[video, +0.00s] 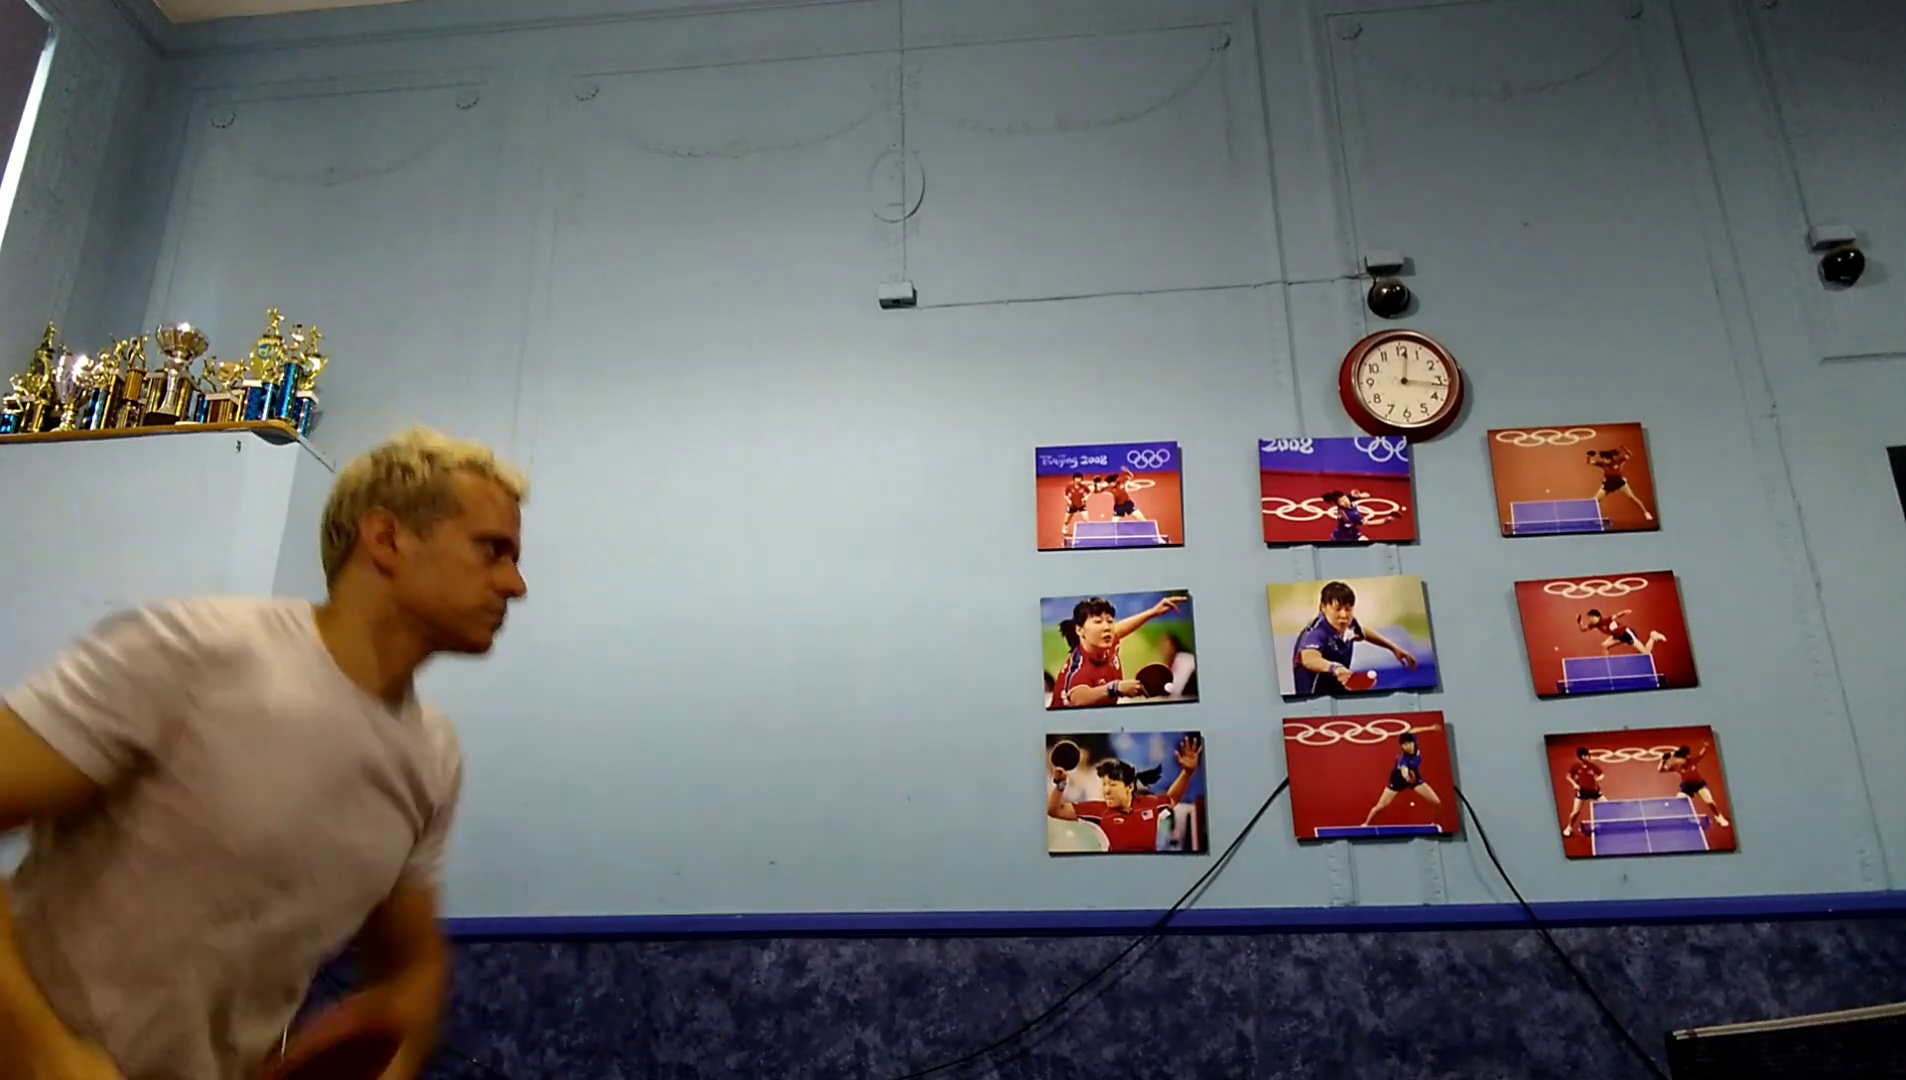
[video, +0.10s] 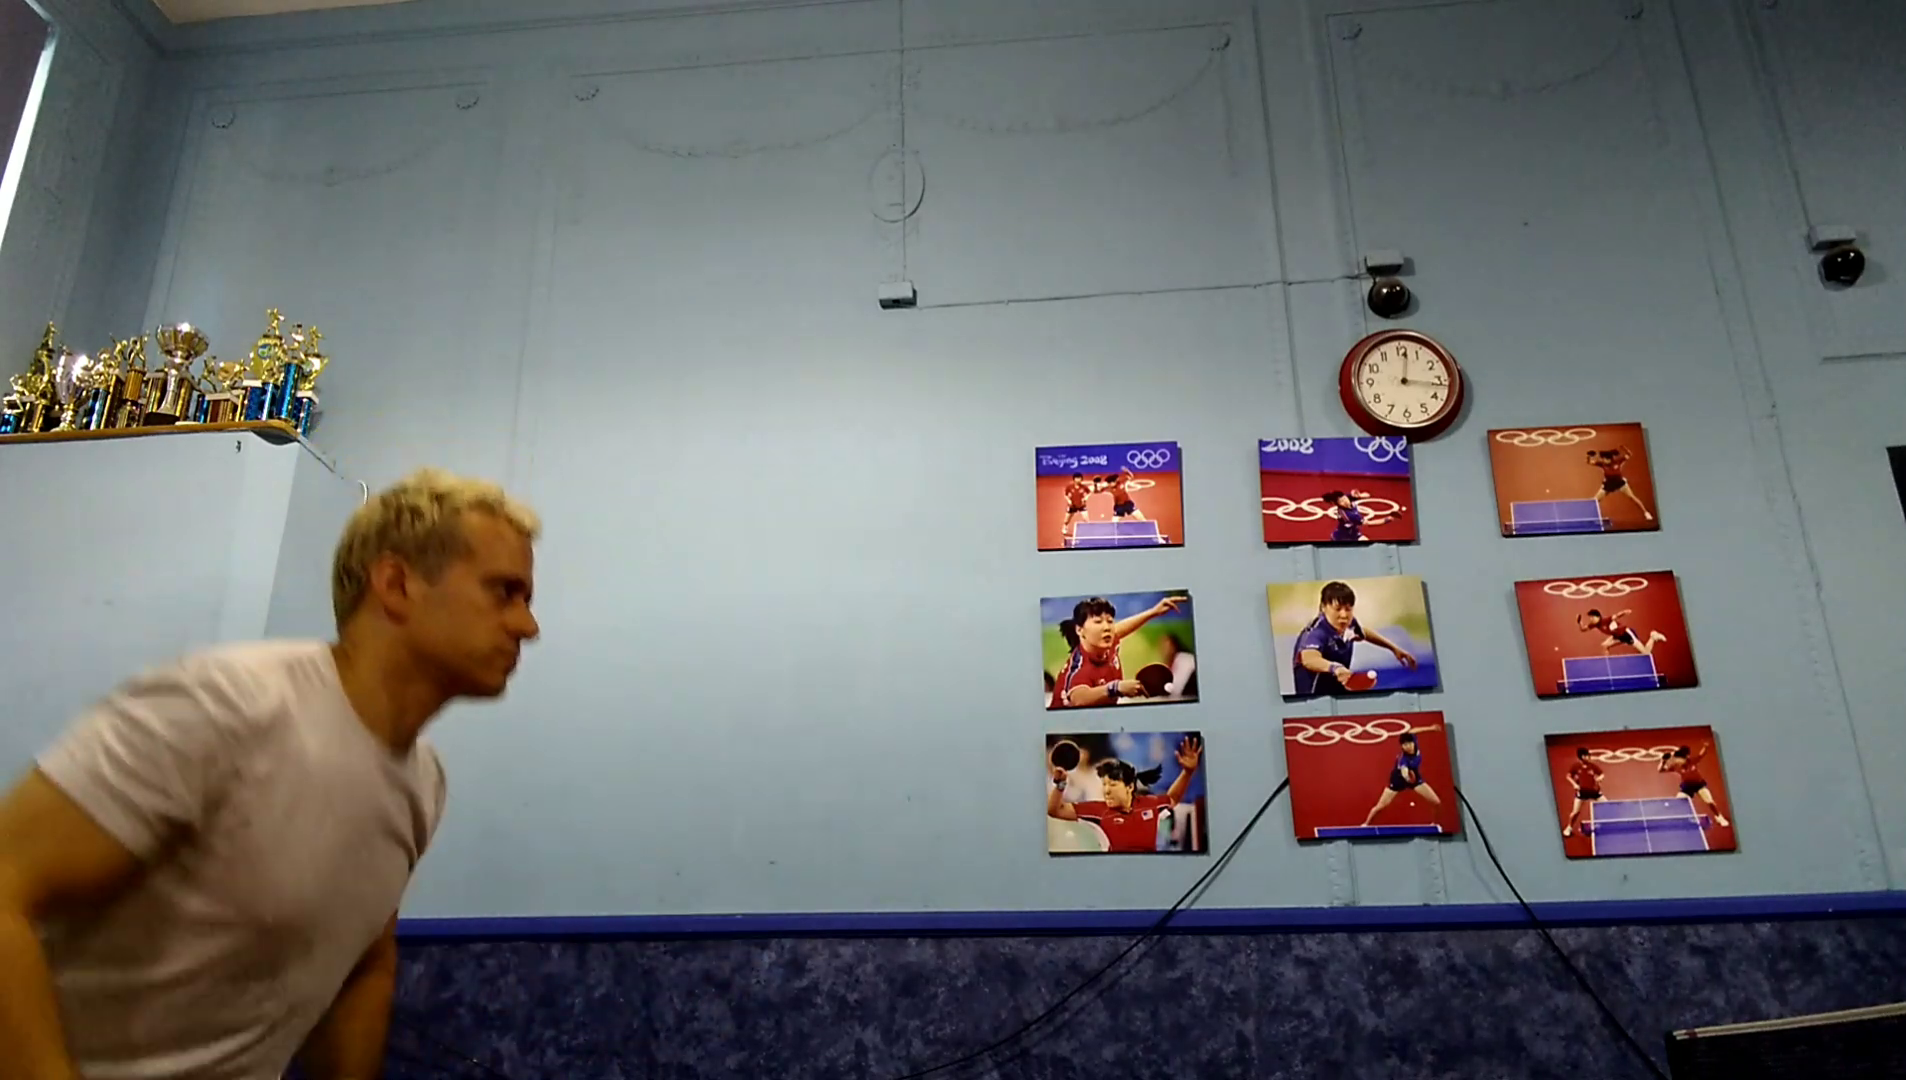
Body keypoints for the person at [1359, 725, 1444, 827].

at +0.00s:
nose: (1408, 747)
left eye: (1409, 744)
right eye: (1405, 745)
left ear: (1413, 743)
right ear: (1402, 746)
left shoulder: (1416, 747)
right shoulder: (1403, 758)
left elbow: (1413, 731)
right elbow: (1404, 771)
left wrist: (1431, 728)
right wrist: (1409, 778)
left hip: (1415, 779)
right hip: (1398, 781)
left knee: (1436, 802)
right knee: (1381, 805)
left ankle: (1434, 823)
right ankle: (1366, 823)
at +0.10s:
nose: (1408, 747)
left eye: (1409, 744)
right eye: (1405, 745)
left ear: (1413, 743)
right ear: (1402, 746)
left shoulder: (1416, 747)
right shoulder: (1403, 758)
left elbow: (1413, 731)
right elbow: (1404, 771)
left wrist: (1431, 728)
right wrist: (1409, 778)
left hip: (1415, 779)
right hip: (1398, 781)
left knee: (1436, 802)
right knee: (1381, 805)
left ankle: (1434, 823)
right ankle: (1366, 823)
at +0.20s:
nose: (1408, 747)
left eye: (1409, 744)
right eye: (1405, 745)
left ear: (1413, 743)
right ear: (1402, 746)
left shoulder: (1416, 747)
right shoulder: (1403, 759)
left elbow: (1414, 731)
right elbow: (1404, 771)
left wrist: (1431, 728)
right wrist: (1408, 778)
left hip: (1415, 779)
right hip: (1398, 781)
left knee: (1436, 802)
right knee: (1381, 805)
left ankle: (1434, 823)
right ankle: (1366, 823)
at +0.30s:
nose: (1408, 747)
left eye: (1409, 744)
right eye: (1405, 745)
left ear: (1413, 743)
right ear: (1402, 746)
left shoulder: (1416, 746)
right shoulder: (1403, 758)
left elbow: (1413, 731)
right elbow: (1404, 771)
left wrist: (1431, 728)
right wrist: (1409, 778)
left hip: (1415, 779)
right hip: (1398, 781)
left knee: (1436, 802)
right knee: (1381, 805)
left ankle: (1434, 823)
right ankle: (1366, 823)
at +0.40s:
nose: (1408, 747)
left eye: (1409, 744)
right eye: (1405, 745)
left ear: (1413, 743)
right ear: (1402, 746)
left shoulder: (1415, 747)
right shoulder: (1403, 759)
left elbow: (1413, 731)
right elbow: (1404, 771)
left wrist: (1431, 728)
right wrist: (1409, 778)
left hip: (1415, 779)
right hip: (1398, 781)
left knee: (1436, 802)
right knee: (1381, 805)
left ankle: (1434, 823)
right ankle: (1366, 823)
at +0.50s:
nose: (1408, 747)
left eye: (1409, 744)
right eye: (1405, 745)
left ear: (1413, 743)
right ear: (1402, 746)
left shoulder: (1416, 747)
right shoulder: (1403, 759)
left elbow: (1414, 731)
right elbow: (1404, 771)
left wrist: (1431, 728)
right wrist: (1409, 778)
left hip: (1415, 779)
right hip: (1398, 781)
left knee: (1436, 802)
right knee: (1381, 805)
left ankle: (1434, 823)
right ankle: (1366, 823)